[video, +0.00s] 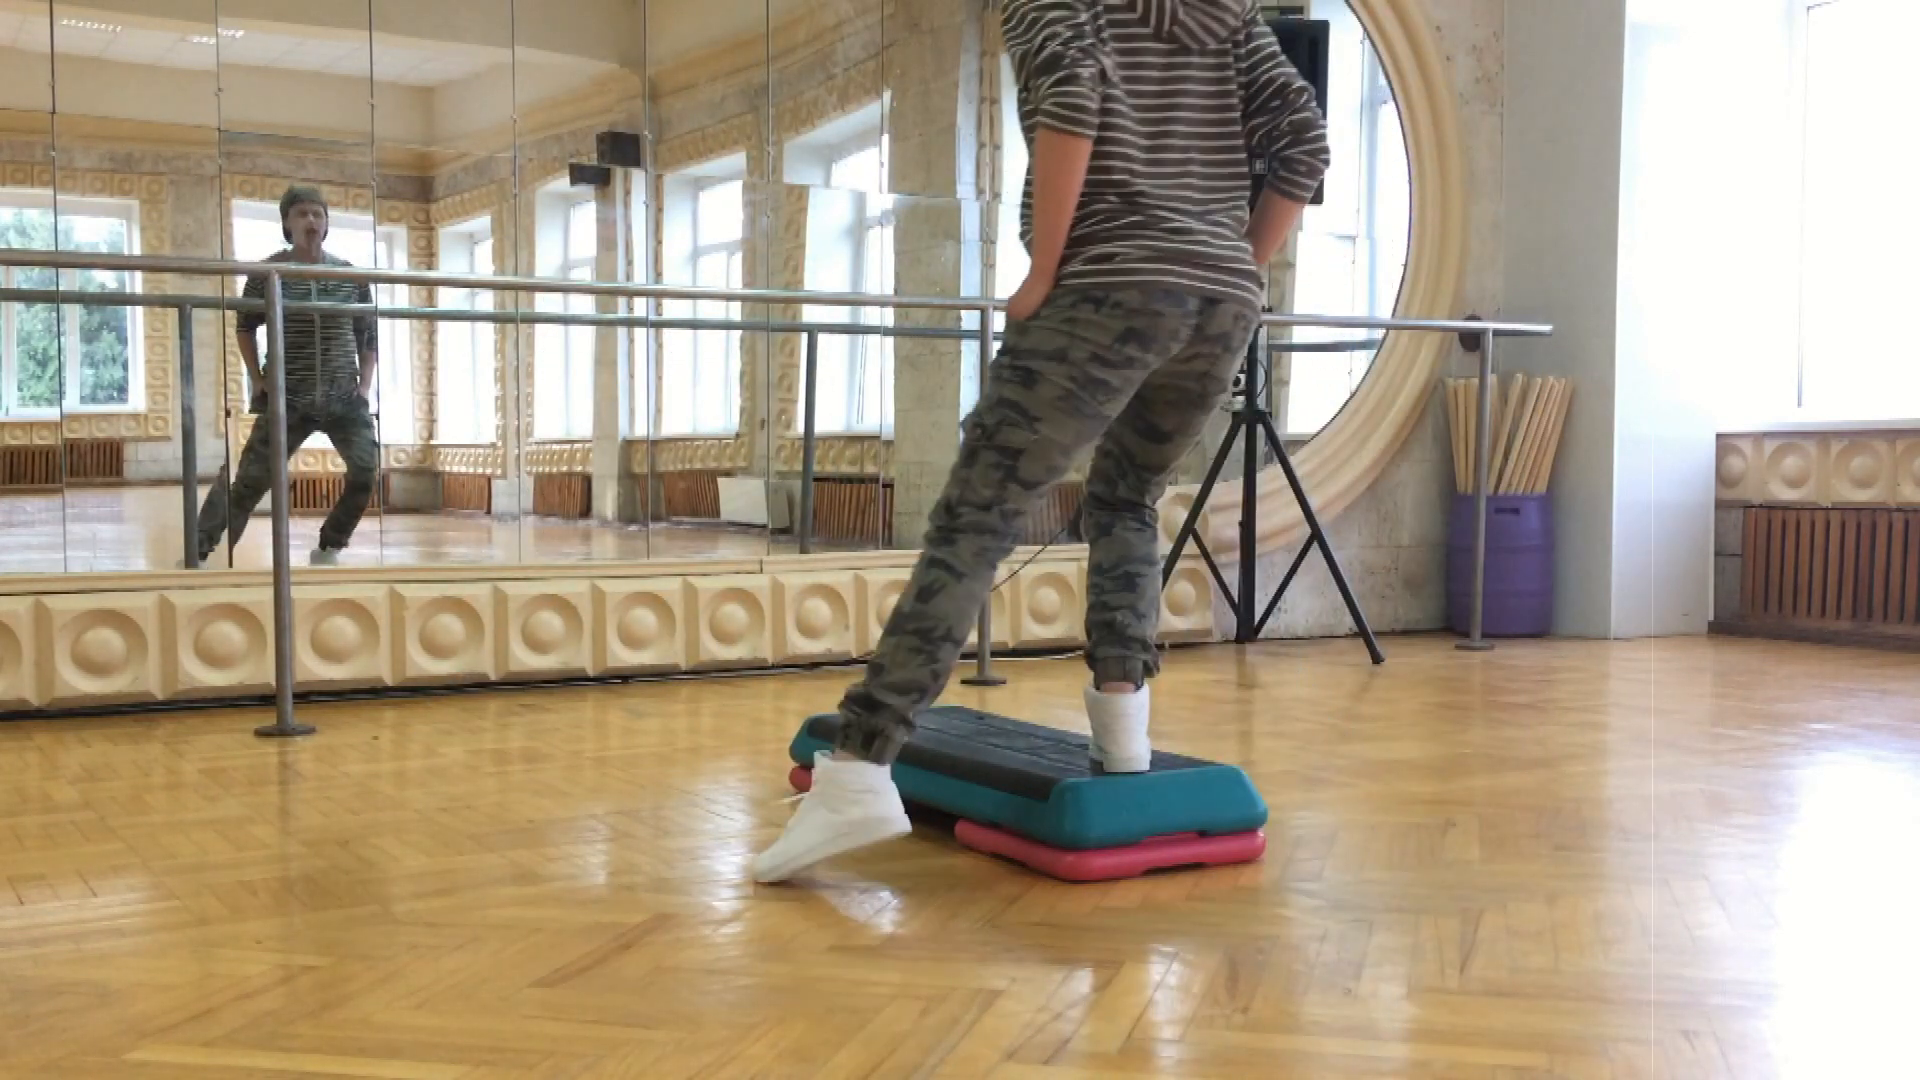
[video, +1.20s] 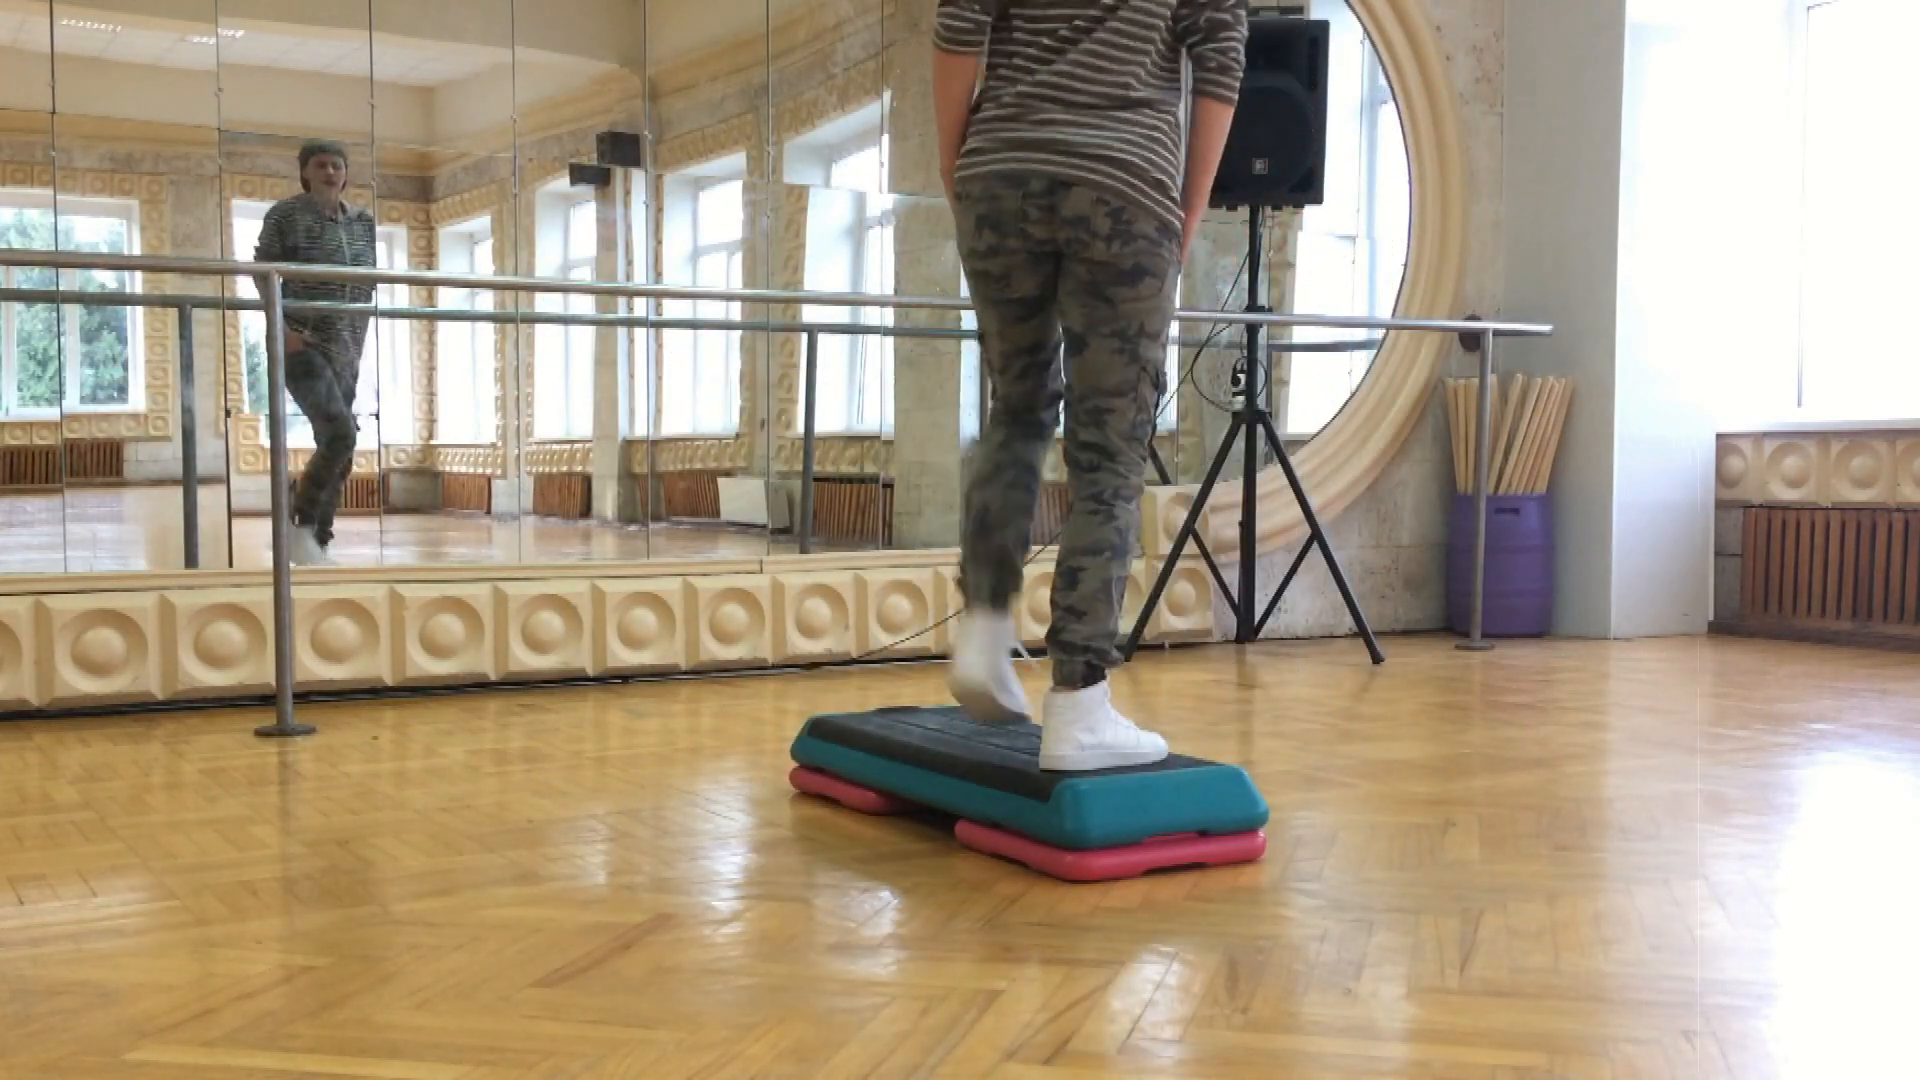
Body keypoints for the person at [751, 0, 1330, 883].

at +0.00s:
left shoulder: (1047, 6)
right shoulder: (1227, 10)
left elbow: (1071, 97)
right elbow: (1303, 142)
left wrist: (1042, 268)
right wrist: (1240, 268)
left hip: (1117, 272)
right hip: (1228, 289)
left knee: (977, 515)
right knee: (1126, 498)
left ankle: (857, 769)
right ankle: (1124, 743)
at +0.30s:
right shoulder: (1241, 6)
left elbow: (1038, 67)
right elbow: (1295, 111)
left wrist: (992, 226)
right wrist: (1231, 238)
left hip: (1070, 216)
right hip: (1192, 245)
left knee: (943, 447)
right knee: (1122, 482)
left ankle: (849, 671)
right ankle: (1122, 720)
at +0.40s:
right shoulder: (1262, 4)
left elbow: (1021, 38)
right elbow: (1293, 73)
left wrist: (982, 179)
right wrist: (1236, 214)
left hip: (1049, 168)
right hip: (1177, 199)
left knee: (928, 390)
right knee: (1138, 458)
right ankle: (1119, 701)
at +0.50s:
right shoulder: (1255, 2)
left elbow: (1007, 37)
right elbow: (1298, 55)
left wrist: (982, 188)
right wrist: (1236, 205)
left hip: (1042, 159)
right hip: (1171, 186)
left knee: (918, 384)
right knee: (1149, 460)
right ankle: (1086, 702)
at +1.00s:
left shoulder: (1024, 1)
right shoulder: (1235, 5)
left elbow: (996, 69)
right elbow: (1264, 86)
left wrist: (970, 207)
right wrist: (1221, 232)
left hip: (1017, 191)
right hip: (1146, 214)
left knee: (955, 429)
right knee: (1139, 483)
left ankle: (825, 435)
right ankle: (1079, 712)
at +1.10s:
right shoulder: (1226, 3)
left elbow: (977, 40)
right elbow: (1238, 70)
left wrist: (958, 174)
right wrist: (1203, 217)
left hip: (998, 166)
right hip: (1127, 178)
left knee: (1008, 398)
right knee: (1115, 454)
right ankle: (1079, 704)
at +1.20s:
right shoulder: (1210, 5)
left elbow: (959, 28)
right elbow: (1219, 68)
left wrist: (955, 169)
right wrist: (1187, 216)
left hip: (994, 165)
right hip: (1127, 177)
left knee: (1015, 409)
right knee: (1108, 449)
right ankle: (1078, 706)